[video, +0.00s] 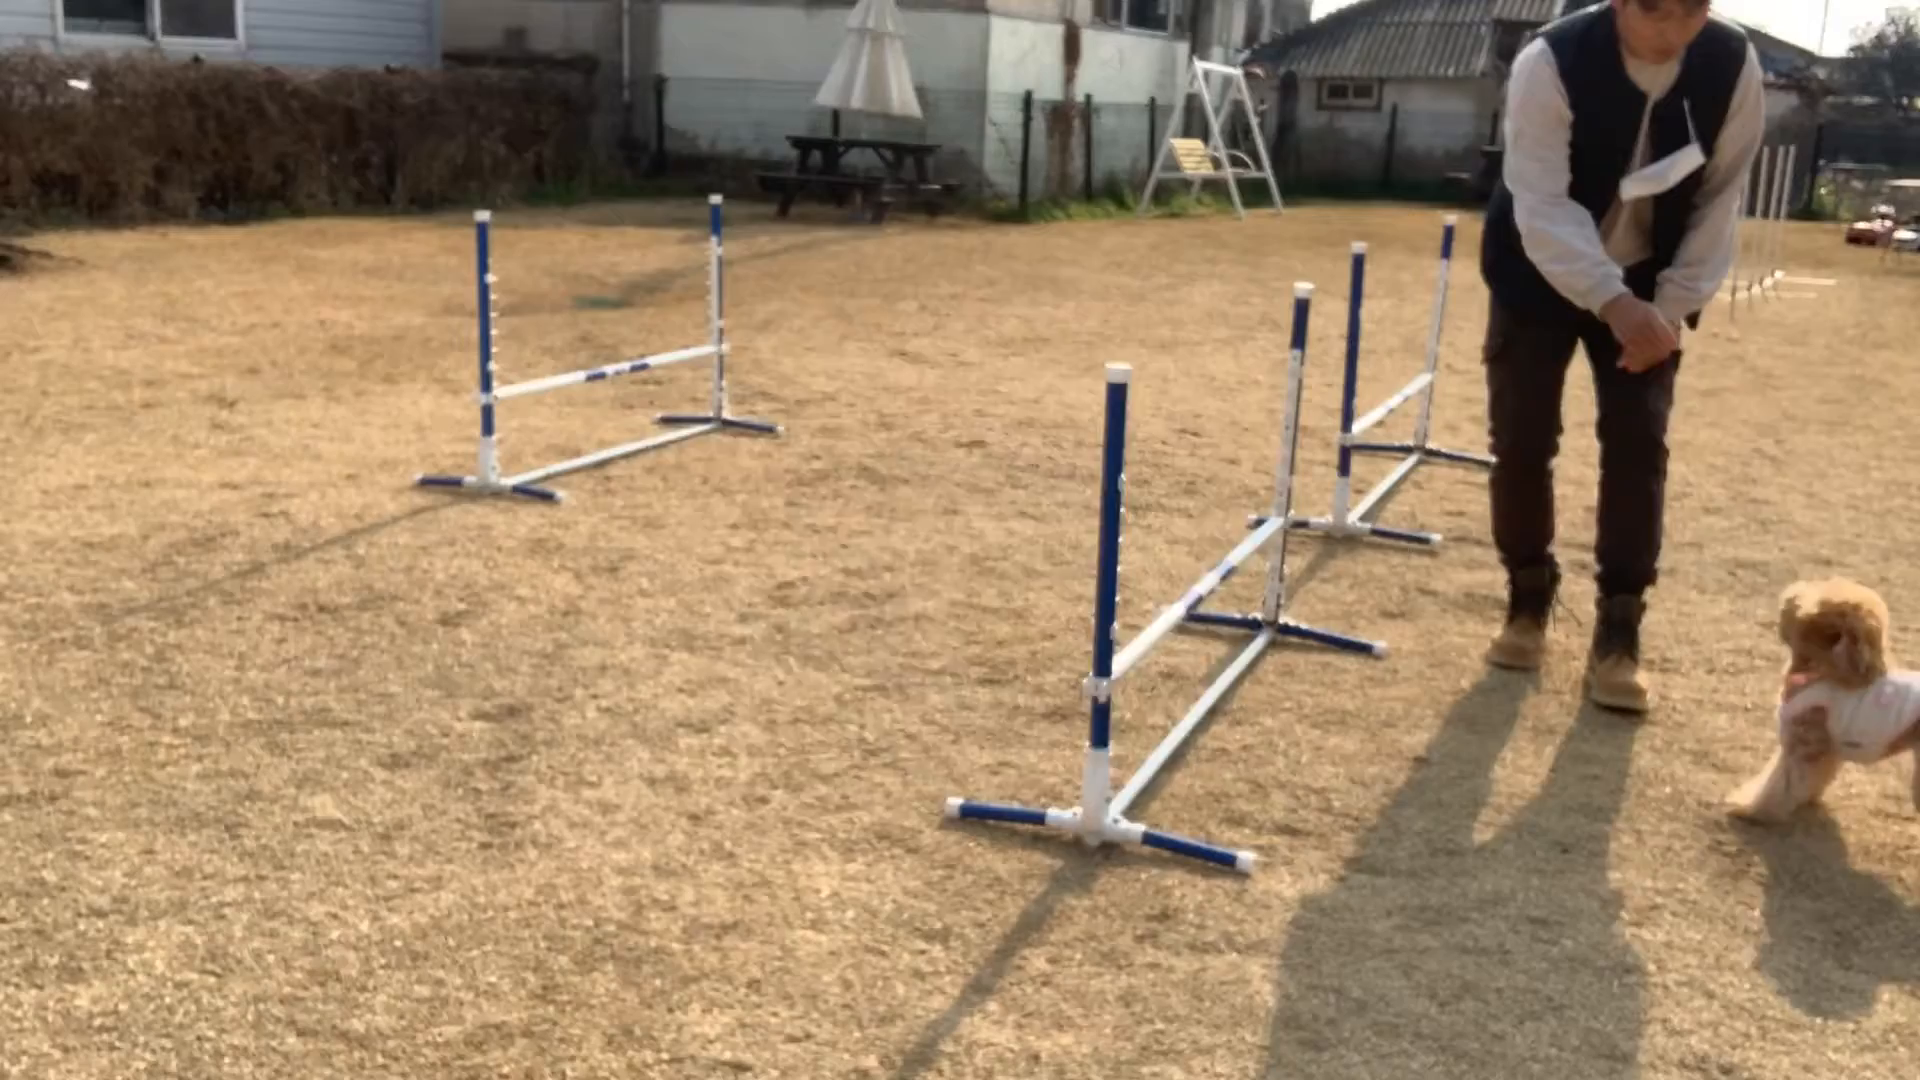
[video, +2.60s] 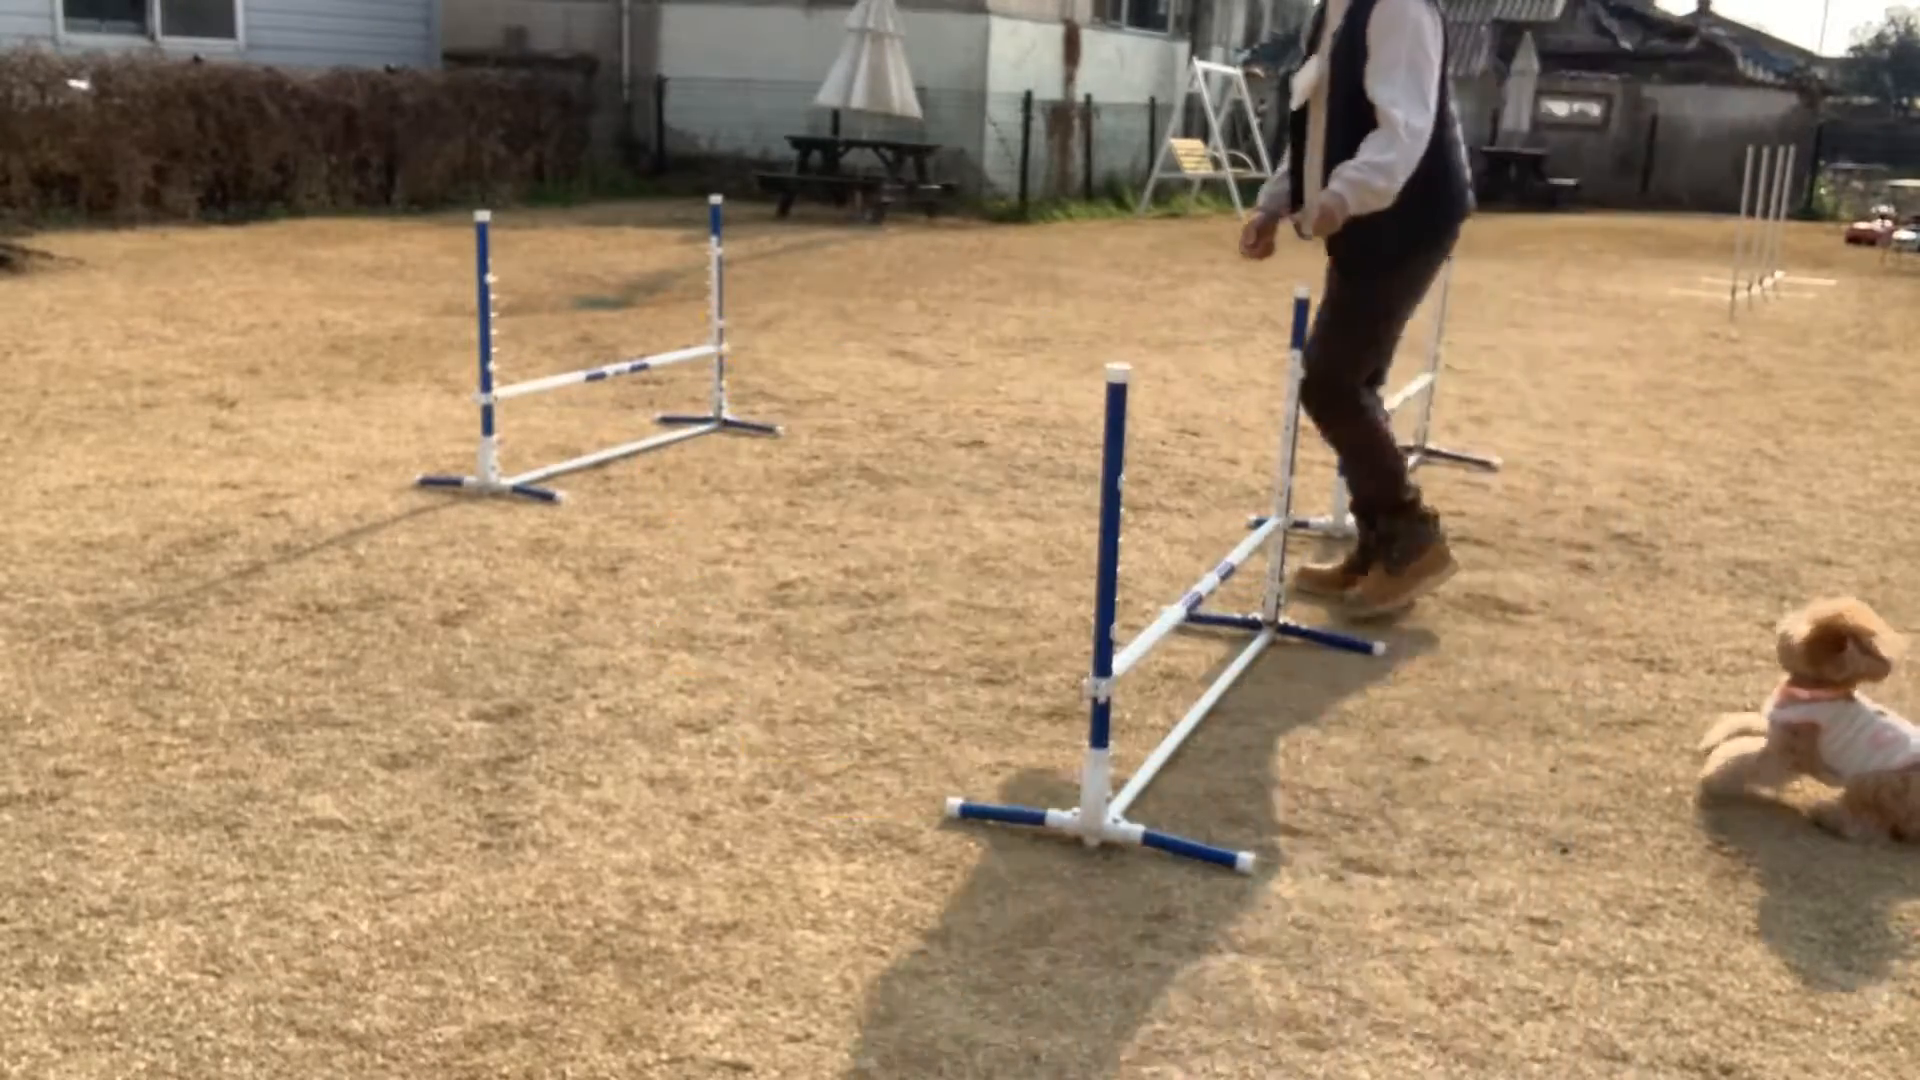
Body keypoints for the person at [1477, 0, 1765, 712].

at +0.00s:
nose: (1679, 26)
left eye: (1691, 12)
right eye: (1662, 13)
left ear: (1706, 8)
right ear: (1622, 3)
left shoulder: (1734, 68)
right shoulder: (1549, 63)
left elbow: (1721, 202)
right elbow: (1541, 209)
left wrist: (1672, 309)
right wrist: (1614, 299)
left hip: (1648, 282)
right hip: (1538, 269)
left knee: (1638, 449)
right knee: (1520, 444)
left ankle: (1618, 639)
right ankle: (1525, 605)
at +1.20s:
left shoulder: (1714, 20)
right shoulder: (1529, 15)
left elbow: (1728, 141)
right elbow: (1491, 151)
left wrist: (1680, 230)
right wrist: (1577, 207)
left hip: (1644, 268)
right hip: (1535, 257)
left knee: (1633, 445)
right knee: (1523, 438)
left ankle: (1616, 633)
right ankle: (1527, 603)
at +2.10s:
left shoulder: (1685, 12)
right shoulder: (1505, 6)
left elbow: (1713, 130)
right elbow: (1454, 111)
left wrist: (1669, 239)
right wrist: (1474, 194)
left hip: (1605, 253)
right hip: (1502, 241)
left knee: (1592, 431)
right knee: (1468, 406)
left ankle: (1576, 600)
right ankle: (1490, 565)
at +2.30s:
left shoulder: (1598, 12)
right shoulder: (1448, 9)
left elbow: (1636, 135)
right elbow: (1418, 113)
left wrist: (1641, 260)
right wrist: (1411, 195)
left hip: (1556, 258)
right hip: (1465, 249)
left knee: (1568, 429)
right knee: (1407, 384)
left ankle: (1575, 602)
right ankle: (1410, 554)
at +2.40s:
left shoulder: (1526, 15)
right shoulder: (1405, 13)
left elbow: (1563, 133)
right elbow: (1389, 114)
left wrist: (1572, 251)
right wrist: (1372, 199)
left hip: (1511, 257)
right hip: (1432, 253)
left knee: (1540, 426)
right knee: (1380, 392)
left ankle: (1574, 597)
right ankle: (1387, 556)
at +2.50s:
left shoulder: (1459, 14)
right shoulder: (1371, 17)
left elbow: (1483, 129)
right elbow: (1365, 126)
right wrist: (1329, 201)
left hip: (1451, 236)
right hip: (1388, 239)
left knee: (1444, 403)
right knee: (1355, 390)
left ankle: (1535, 576)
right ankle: (1384, 555)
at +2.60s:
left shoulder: (1400, 10)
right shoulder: (1336, 15)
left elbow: (1406, 128)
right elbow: (1323, 128)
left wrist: (1342, 196)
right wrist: (1273, 204)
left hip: (1407, 213)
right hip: (1368, 213)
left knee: (1331, 384)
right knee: (1343, 382)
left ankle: (1412, 542)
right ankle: (1375, 544)